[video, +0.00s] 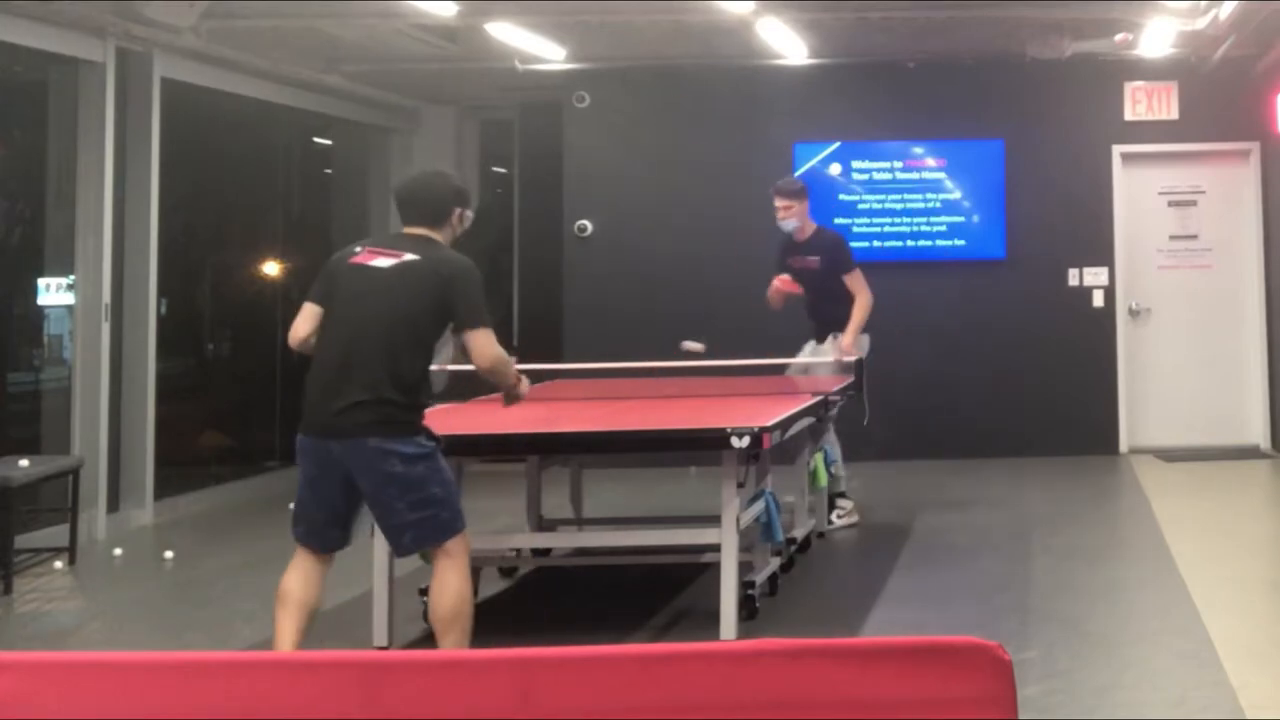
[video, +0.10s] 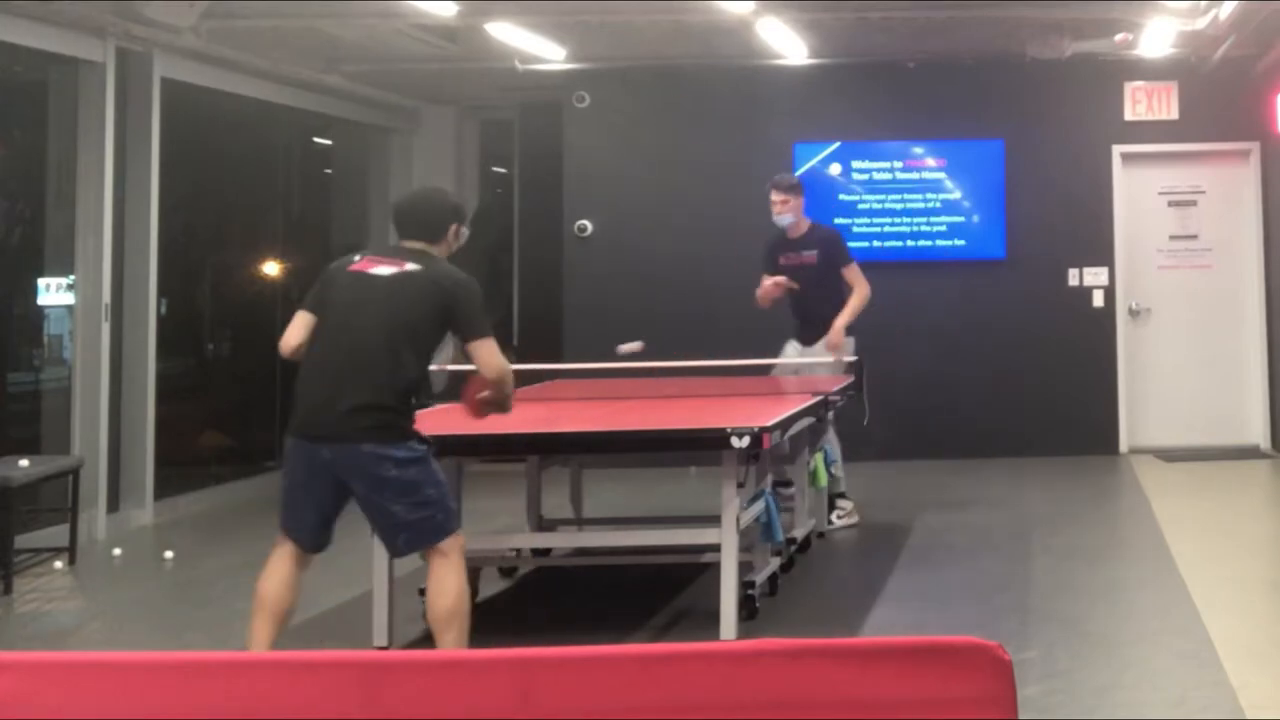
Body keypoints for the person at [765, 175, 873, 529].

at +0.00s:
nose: (781, 215)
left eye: (788, 208)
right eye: (777, 210)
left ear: (804, 207)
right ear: (775, 212)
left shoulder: (832, 243)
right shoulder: (788, 248)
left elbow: (864, 295)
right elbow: (775, 304)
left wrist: (849, 337)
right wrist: (777, 290)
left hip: (846, 339)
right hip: (819, 340)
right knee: (819, 416)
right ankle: (839, 499)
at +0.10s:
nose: (779, 210)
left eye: (785, 203)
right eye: (774, 204)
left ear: (801, 203)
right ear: (770, 208)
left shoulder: (828, 239)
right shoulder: (775, 247)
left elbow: (862, 288)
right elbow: (764, 301)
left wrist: (839, 327)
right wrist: (768, 291)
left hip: (830, 344)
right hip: (798, 344)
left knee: (823, 420)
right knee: (773, 408)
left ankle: (839, 498)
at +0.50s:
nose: (775, 210)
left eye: (781, 205)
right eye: (770, 205)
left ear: (796, 205)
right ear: (766, 208)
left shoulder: (820, 241)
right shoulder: (759, 248)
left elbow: (841, 293)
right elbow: (751, 296)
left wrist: (817, 331)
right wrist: (750, 336)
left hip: (820, 340)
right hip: (776, 341)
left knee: (844, 406)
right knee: (754, 412)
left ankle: (884, 473)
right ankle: (752, 486)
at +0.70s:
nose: (797, 227)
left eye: (803, 221)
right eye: (792, 222)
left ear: (815, 221)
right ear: (786, 223)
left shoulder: (839, 249)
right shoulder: (780, 260)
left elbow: (865, 297)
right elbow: (763, 305)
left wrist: (842, 337)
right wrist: (773, 345)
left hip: (845, 341)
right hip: (800, 343)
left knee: (870, 407)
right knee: (780, 411)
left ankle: (890, 472)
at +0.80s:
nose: (813, 235)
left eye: (819, 229)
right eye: (808, 230)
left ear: (831, 228)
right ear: (802, 231)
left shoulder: (853, 253)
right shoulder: (796, 266)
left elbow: (880, 297)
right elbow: (767, 316)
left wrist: (873, 340)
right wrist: (793, 339)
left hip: (858, 339)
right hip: (816, 345)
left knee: (876, 402)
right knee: (794, 406)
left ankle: (891, 472)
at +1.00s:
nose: (839, 241)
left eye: (845, 236)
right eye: (834, 236)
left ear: (855, 236)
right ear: (828, 238)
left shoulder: (876, 260)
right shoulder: (818, 271)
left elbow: (903, 286)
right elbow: (793, 313)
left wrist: (921, 327)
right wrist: (771, 313)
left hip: (875, 340)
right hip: (832, 343)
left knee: (892, 398)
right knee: (802, 392)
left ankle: (895, 473)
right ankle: (817, 457)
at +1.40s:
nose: (816, 211)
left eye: (822, 205)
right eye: (812, 205)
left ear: (833, 207)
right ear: (804, 208)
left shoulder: (854, 243)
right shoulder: (795, 249)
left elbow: (875, 290)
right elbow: (778, 293)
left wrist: (874, 335)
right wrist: (762, 326)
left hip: (852, 340)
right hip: (808, 343)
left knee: (877, 402)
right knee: (789, 409)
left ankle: (892, 473)